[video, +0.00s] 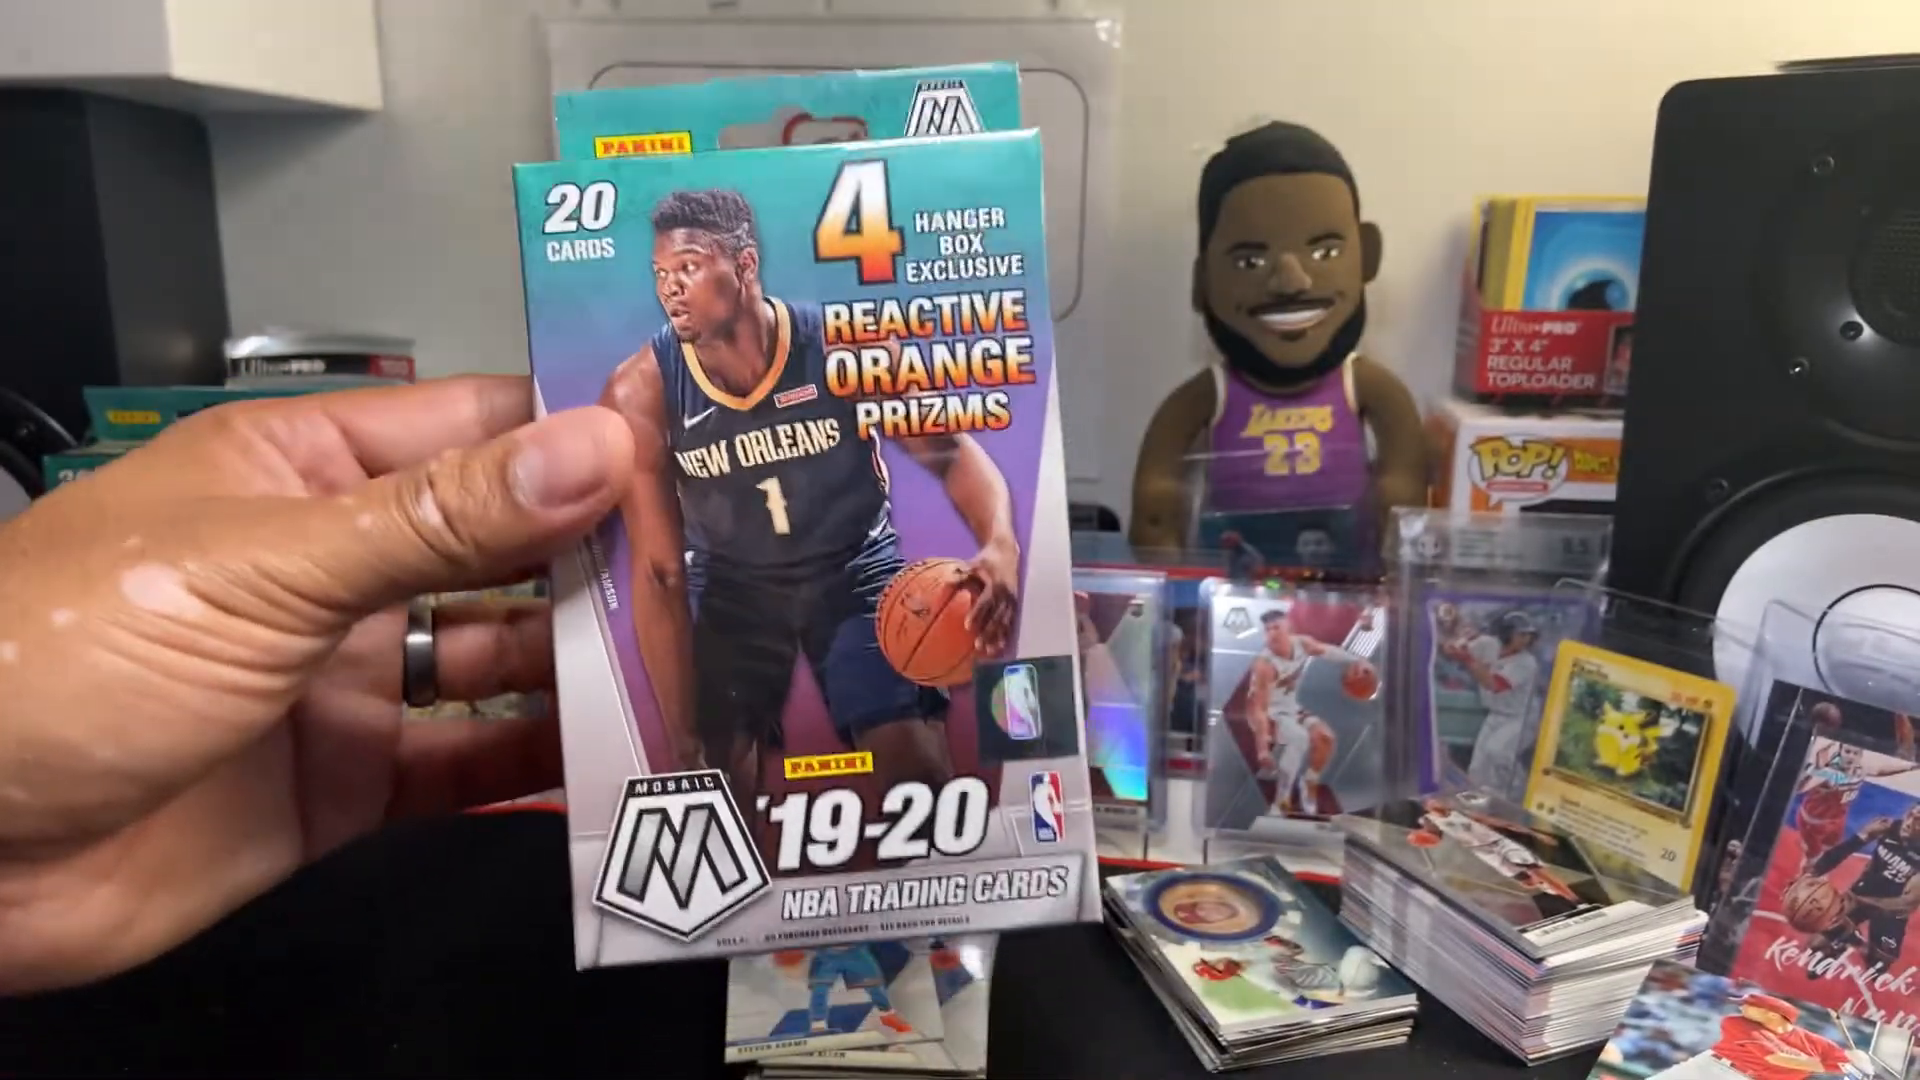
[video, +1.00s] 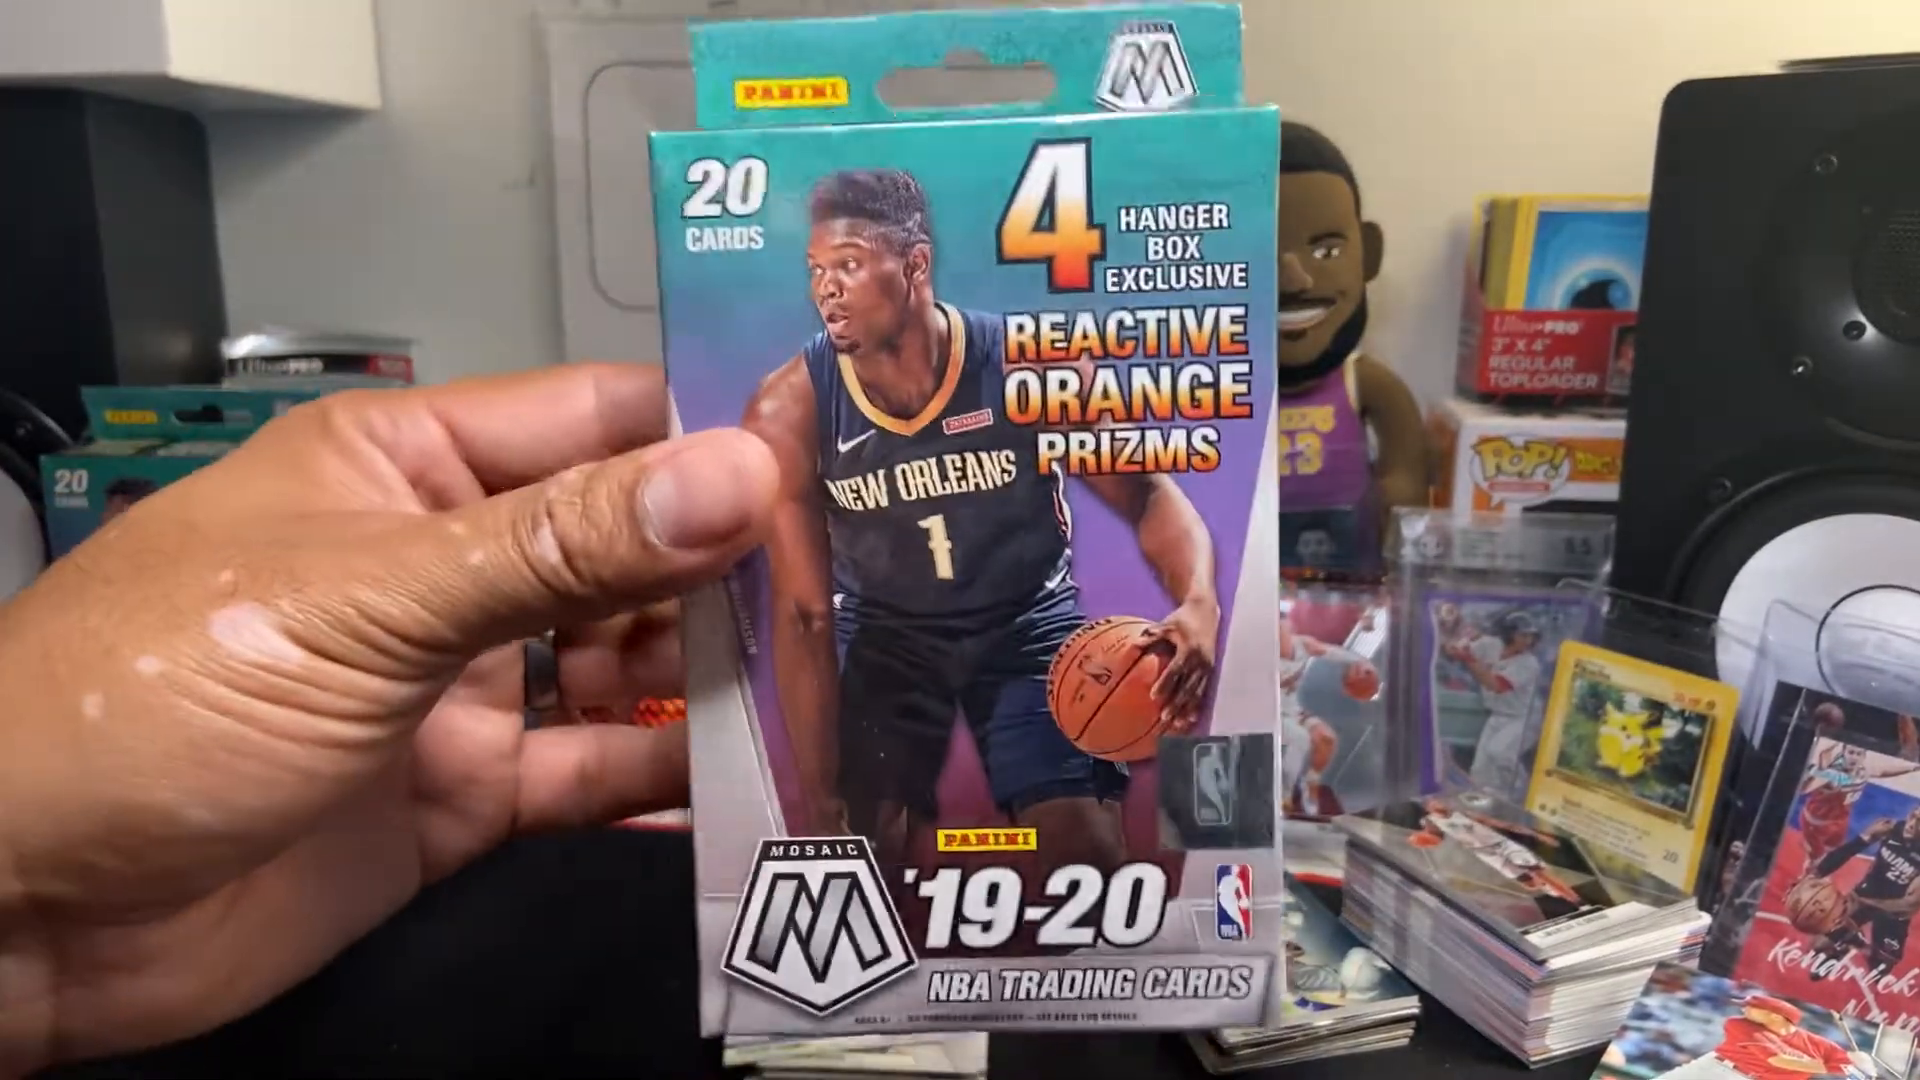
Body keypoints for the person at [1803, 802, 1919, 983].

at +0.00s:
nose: (1910, 823)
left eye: (1917, 821)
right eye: (1910, 816)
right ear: (1905, 814)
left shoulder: (1917, 859)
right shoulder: (1884, 828)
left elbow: (1907, 904)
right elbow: (1843, 850)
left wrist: (1859, 903)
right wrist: (1814, 872)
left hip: (1893, 909)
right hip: (1862, 895)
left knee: (1877, 971)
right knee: (1816, 947)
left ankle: (1854, 939)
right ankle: (1838, 948)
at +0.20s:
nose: (1911, 823)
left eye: (1918, 822)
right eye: (1911, 816)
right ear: (1906, 814)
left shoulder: (1917, 859)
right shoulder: (1884, 828)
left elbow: (1906, 905)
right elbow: (1843, 850)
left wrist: (1859, 903)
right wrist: (1814, 872)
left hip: (1893, 911)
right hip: (1862, 897)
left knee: (1877, 971)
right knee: (1816, 950)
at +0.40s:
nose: (1911, 823)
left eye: (1917, 821)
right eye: (1911, 816)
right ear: (1907, 814)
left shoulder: (1916, 858)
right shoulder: (1886, 828)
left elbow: (1907, 905)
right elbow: (1846, 849)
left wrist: (1861, 903)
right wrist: (1816, 872)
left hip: (1894, 912)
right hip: (1862, 897)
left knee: (1878, 971)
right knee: (1817, 948)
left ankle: (1856, 941)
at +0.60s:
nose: (1912, 824)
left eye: (1918, 822)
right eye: (1912, 817)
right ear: (1908, 815)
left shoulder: (1917, 857)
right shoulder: (1887, 829)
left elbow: (1908, 905)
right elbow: (1848, 849)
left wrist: (1862, 904)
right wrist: (1816, 872)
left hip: (1894, 911)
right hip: (1863, 897)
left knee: (1878, 972)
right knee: (1818, 951)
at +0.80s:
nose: (1912, 824)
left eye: (1918, 822)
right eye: (1913, 817)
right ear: (1908, 815)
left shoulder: (1917, 857)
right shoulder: (1888, 829)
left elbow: (1909, 905)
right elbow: (1848, 849)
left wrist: (1861, 904)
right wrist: (1816, 872)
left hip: (1895, 910)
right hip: (1864, 897)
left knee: (1879, 971)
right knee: (1819, 949)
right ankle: (1847, 943)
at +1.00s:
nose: (1913, 824)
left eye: (1919, 822)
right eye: (1913, 817)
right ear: (1908, 815)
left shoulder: (1917, 857)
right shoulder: (1888, 829)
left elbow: (1909, 905)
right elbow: (1850, 849)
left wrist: (1862, 904)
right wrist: (1817, 872)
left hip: (1895, 911)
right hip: (1865, 897)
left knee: (1879, 970)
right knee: (1819, 947)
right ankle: (1844, 946)